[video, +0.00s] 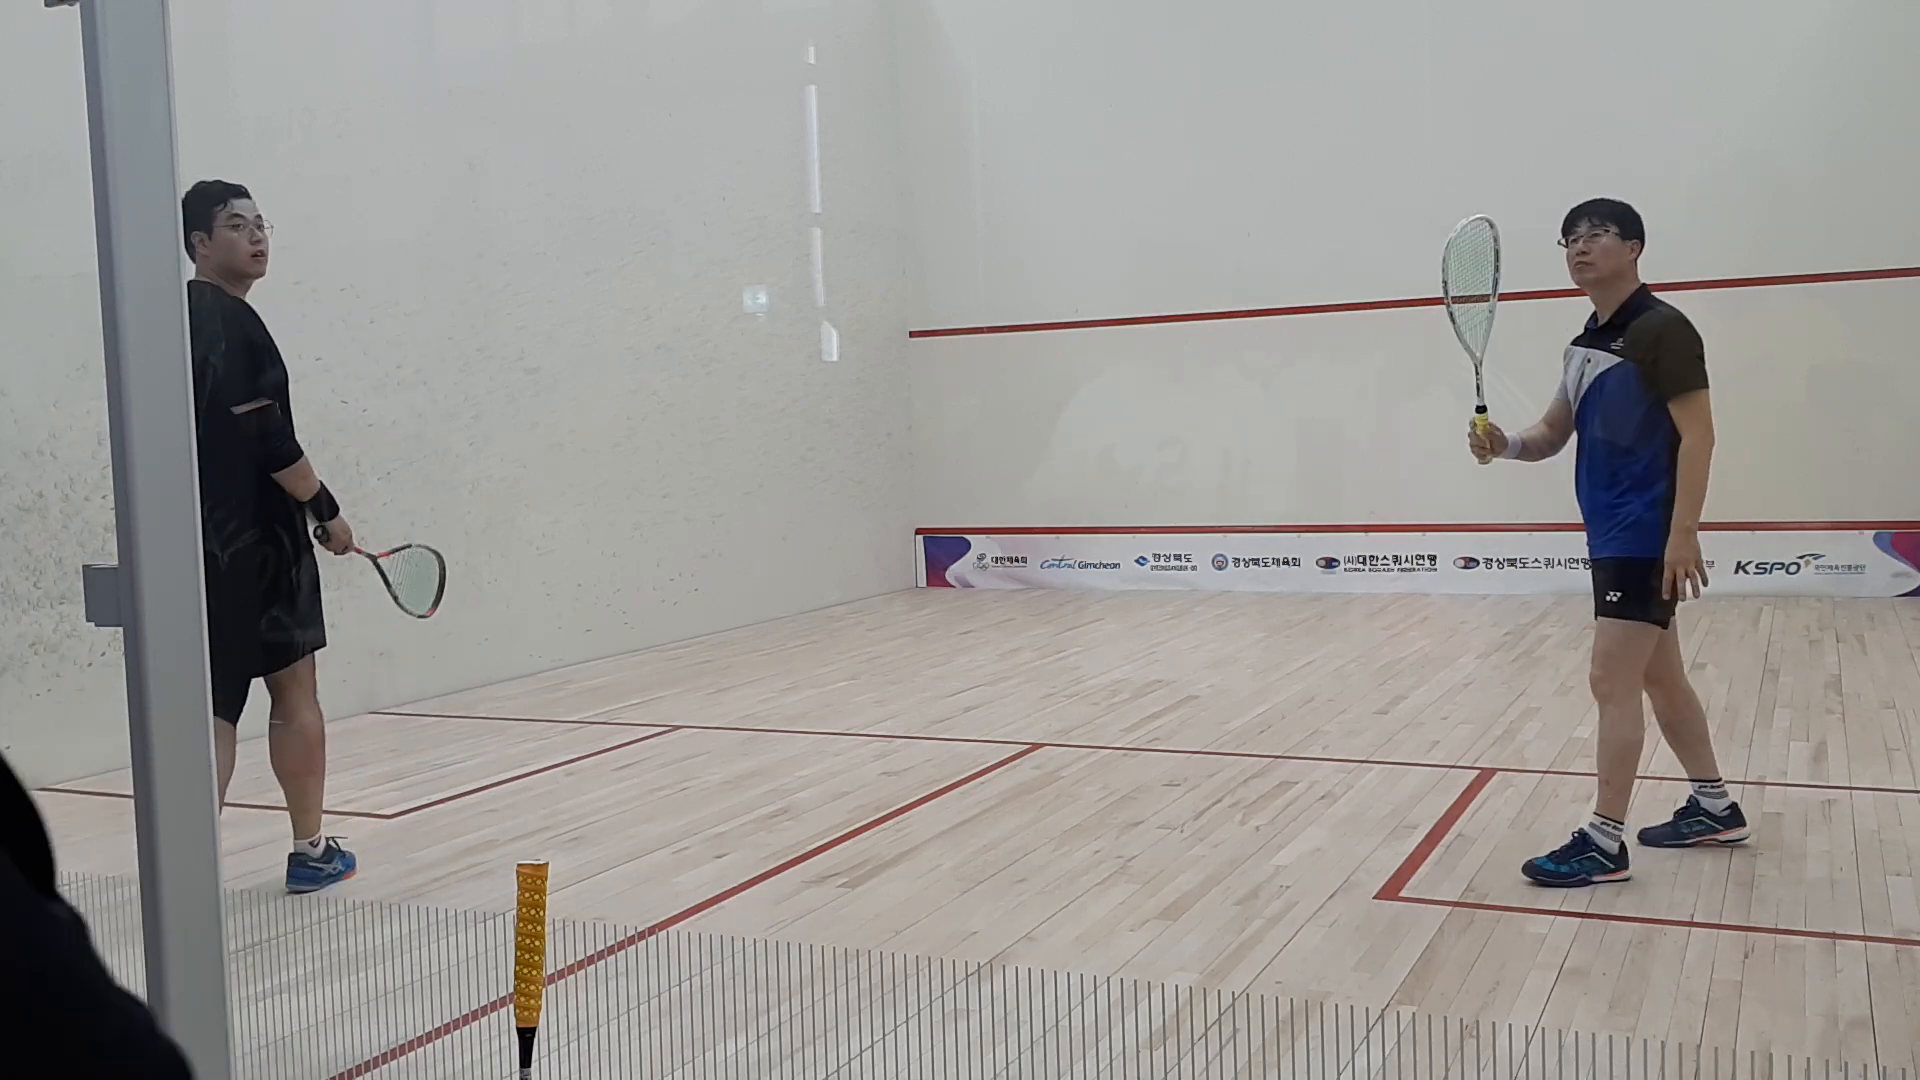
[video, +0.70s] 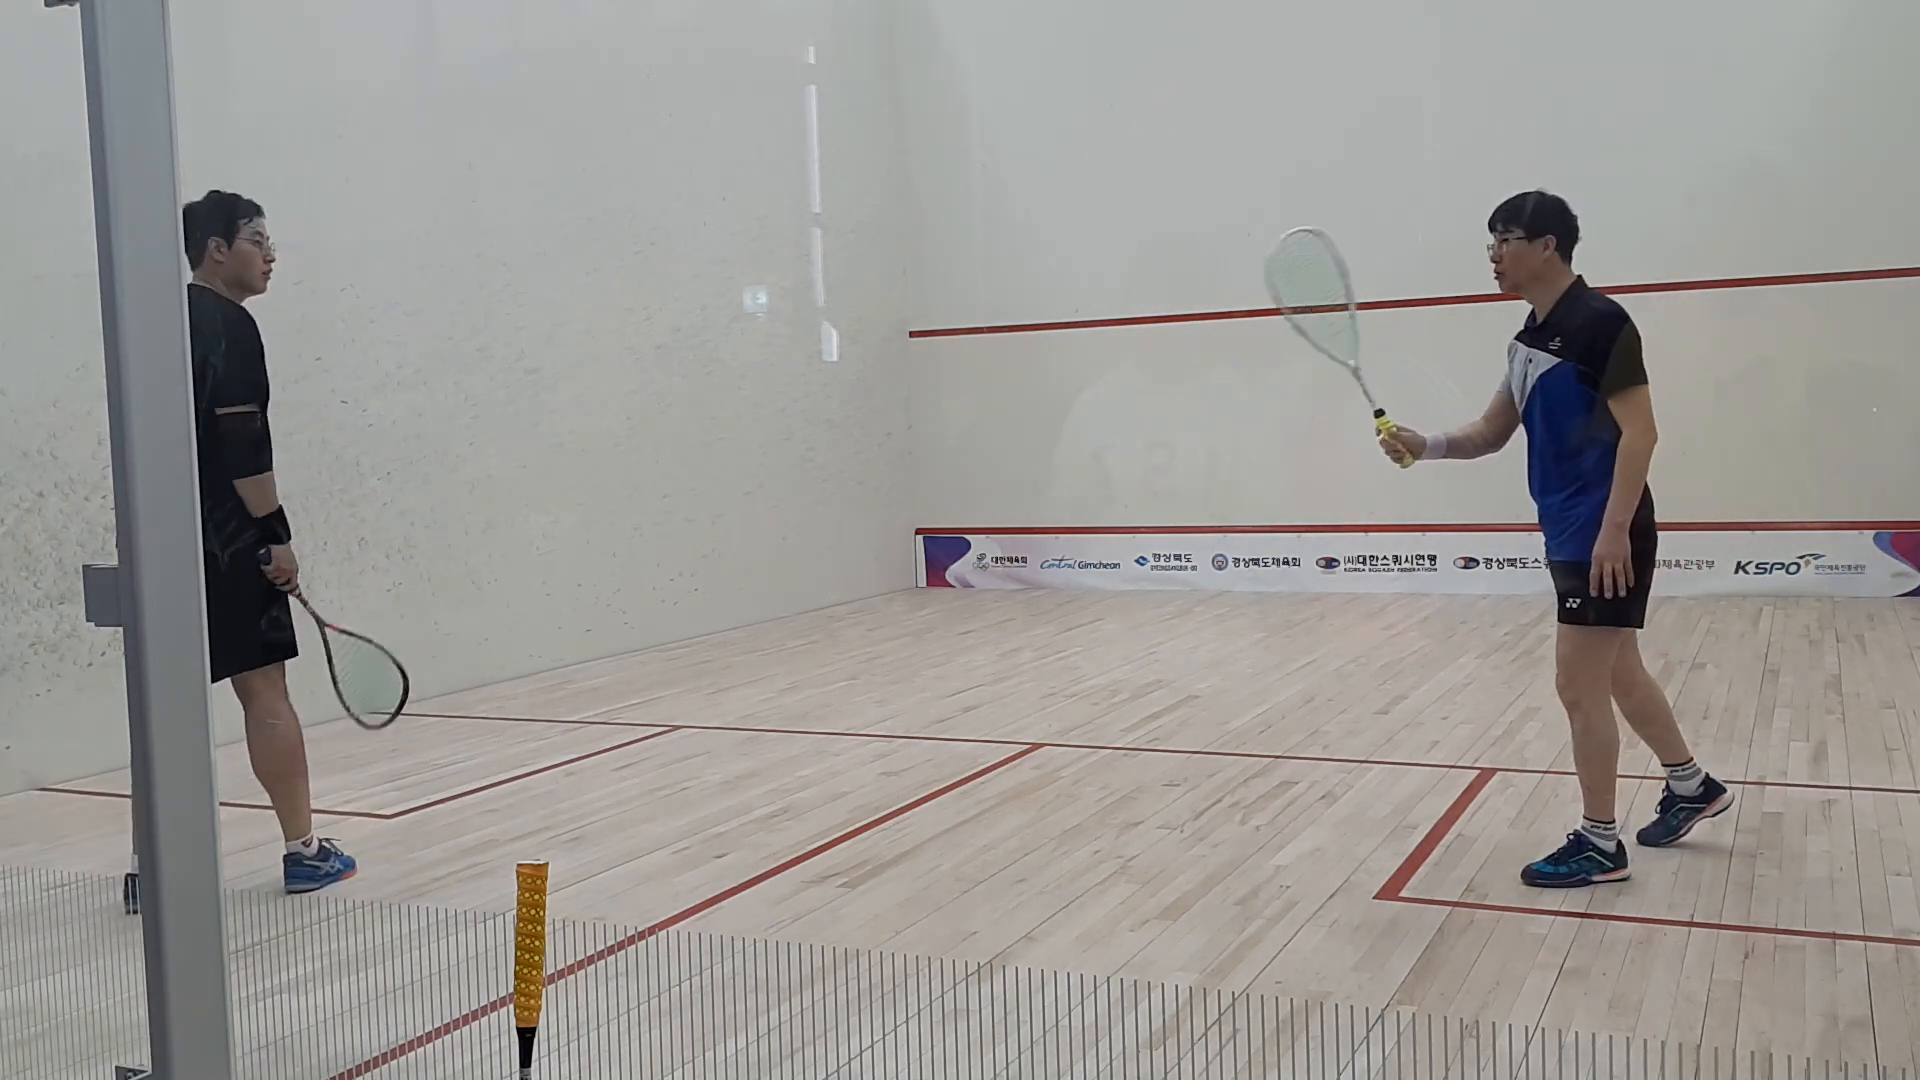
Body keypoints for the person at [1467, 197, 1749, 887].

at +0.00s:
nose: (1578, 247)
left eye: (1594, 235)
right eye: (1571, 240)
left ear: (1632, 248)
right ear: (1566, 260)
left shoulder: (1663, 329)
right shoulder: (1585, 345)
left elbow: (1699, 434)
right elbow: (1549, 435)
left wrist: (1684, 531)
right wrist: (1505, 444)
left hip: (1645, 540)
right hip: (1612, 539)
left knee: (1613, 681)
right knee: (1664, 679)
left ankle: (1606, 837)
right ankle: (1714, 802)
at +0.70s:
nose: (1491, 256)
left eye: (1502, 242)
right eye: (1491, 243)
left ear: (1548, 247)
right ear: (1531, 252)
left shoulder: (1603, 325)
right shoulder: (1531, 336)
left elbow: (1640, 433)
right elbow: (1490, 431)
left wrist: (1615, 528)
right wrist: (1428, 443)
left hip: (1607, 538)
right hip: (1570, 538)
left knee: (1580, 685)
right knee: (1624, 673)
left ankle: (1602, 839)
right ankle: (1690, 781)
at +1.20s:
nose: (1437, 287)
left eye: (1444, 271)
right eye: (1436, 273)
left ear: (1482, 265)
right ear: (1480, 269)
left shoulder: (1557, 335)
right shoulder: (1477, 346)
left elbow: (1595, 450)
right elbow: (1445, 431)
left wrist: (1570, 544)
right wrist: (1392, 463)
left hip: (1586, 532)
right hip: (1539, 533)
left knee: (1573, 684)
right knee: (1554, 675)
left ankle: (1602, 839)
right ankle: (1663, 772)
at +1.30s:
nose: (1422, 291)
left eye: (1428, 276)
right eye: (1420, 277)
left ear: (1465, 269)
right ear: (1463, 271)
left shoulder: (1538, 340)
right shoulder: (1463, 350)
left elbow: (1550, 459)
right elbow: (1431, 435)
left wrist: (1496, 542)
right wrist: (1391, 461)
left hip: (1577, 543)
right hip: (1527, 542)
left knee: (1569, 689)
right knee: (1512, 673)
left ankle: (1601, 838)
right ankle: (1608, 788)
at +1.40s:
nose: (1404, 293)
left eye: (1410, 278)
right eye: (1402, 280)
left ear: (1448, 272)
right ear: (1444, 276)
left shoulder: (1520, 341)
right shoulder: (1444, 352)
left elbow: (1497, 460)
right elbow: (1411, 439)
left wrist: (1406, 512)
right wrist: (1377, 439)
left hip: (1565, 542)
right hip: (1512, 542)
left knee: (1563, 691)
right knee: (1465, 665)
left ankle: (1603, 838)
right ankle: (1508, 808)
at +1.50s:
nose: (1379, 296)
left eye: (1386, 281)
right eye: (1377, 283)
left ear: (1424, 275)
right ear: (1418, 279)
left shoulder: (1501, 341)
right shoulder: (1416, 352)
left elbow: (1458, 445)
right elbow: (1378, 437)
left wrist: (1358, 466)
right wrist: (1353, 400)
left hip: (1542, 546)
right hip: (1484, 545)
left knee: (1554, 692)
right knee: (1424, 659)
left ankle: (1601, 838)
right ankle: (1407, 805)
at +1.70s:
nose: (1315, 314)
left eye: (1319, 303)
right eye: (1313, 304)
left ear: (1350, 295)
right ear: (1351, 297)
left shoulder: (1433, 350)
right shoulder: (1348, 364)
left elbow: (1394, 431)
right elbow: (1301, 410)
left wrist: (1302, 446)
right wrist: (1311, 338)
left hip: (1468, 560)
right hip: (1409, 561)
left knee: (1509, 697)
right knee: (1343, 674)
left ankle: (1595, 833)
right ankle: (1301, 806)